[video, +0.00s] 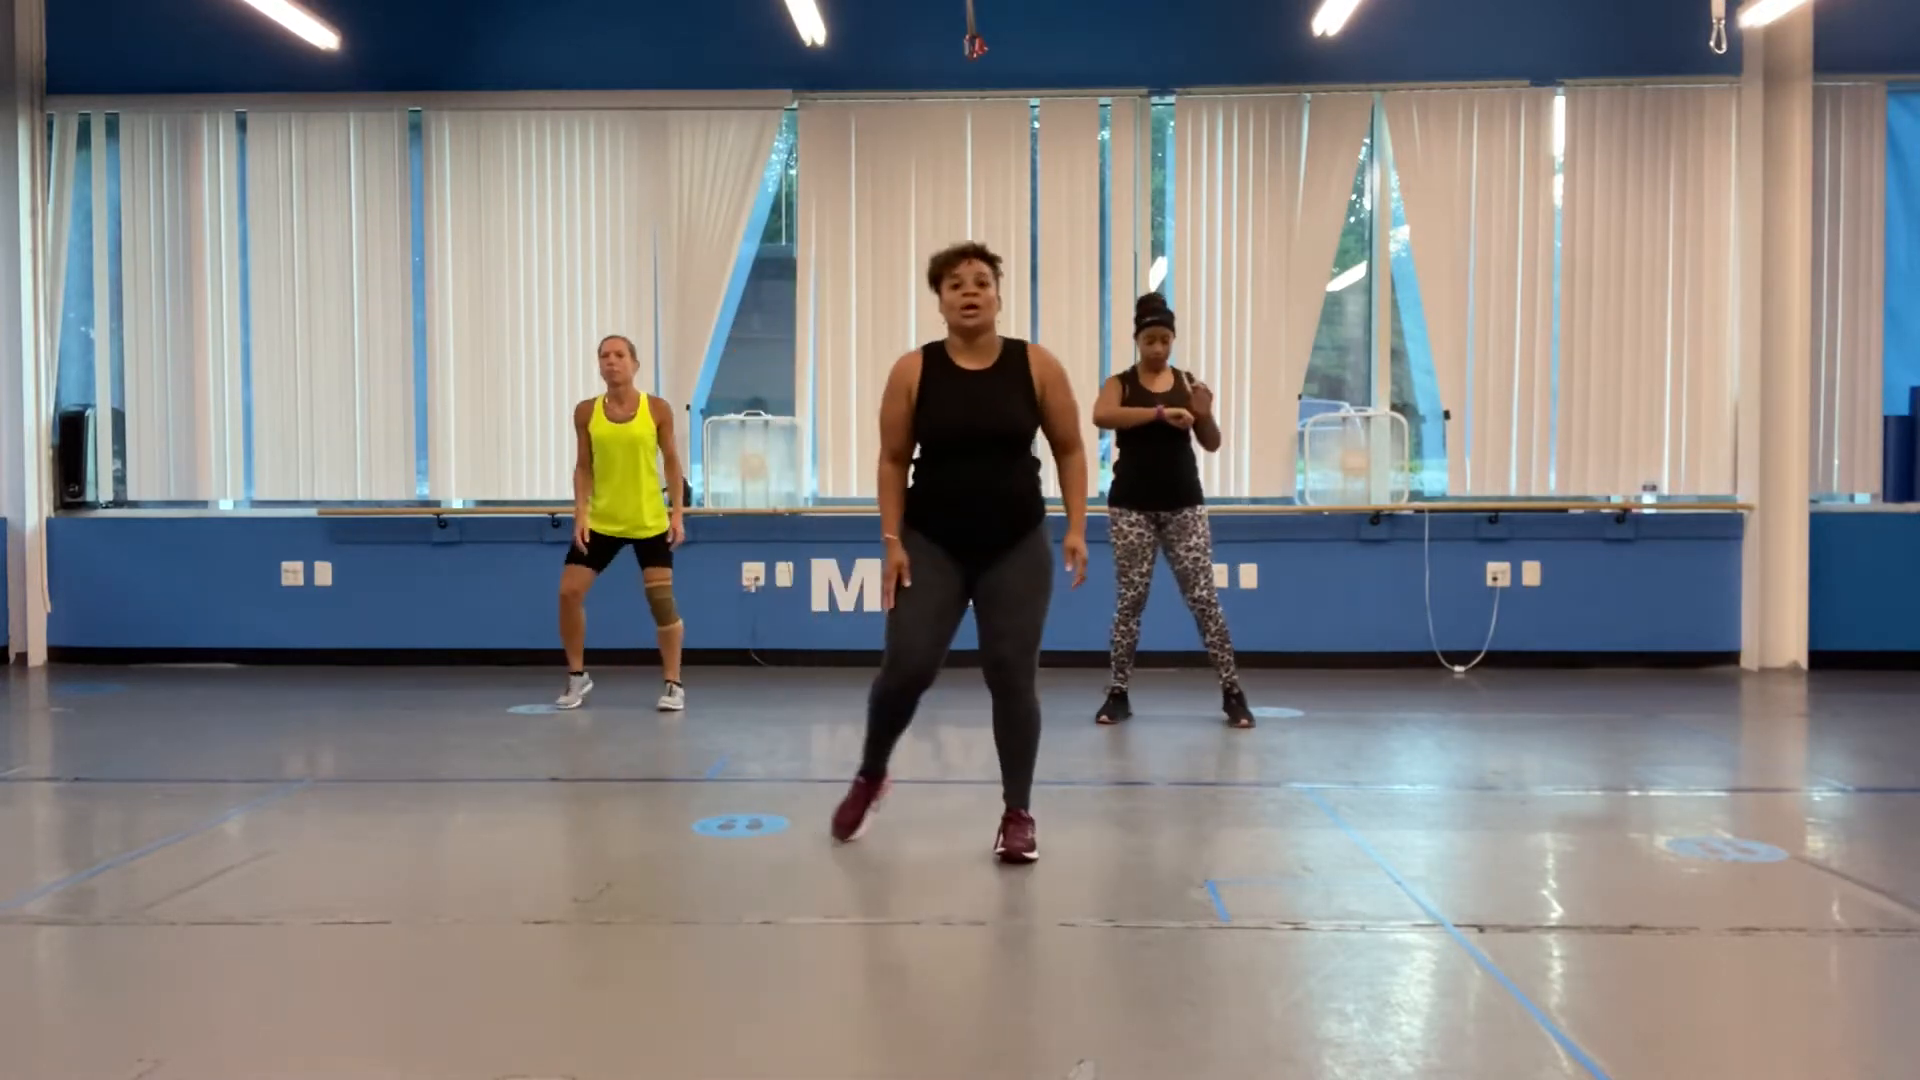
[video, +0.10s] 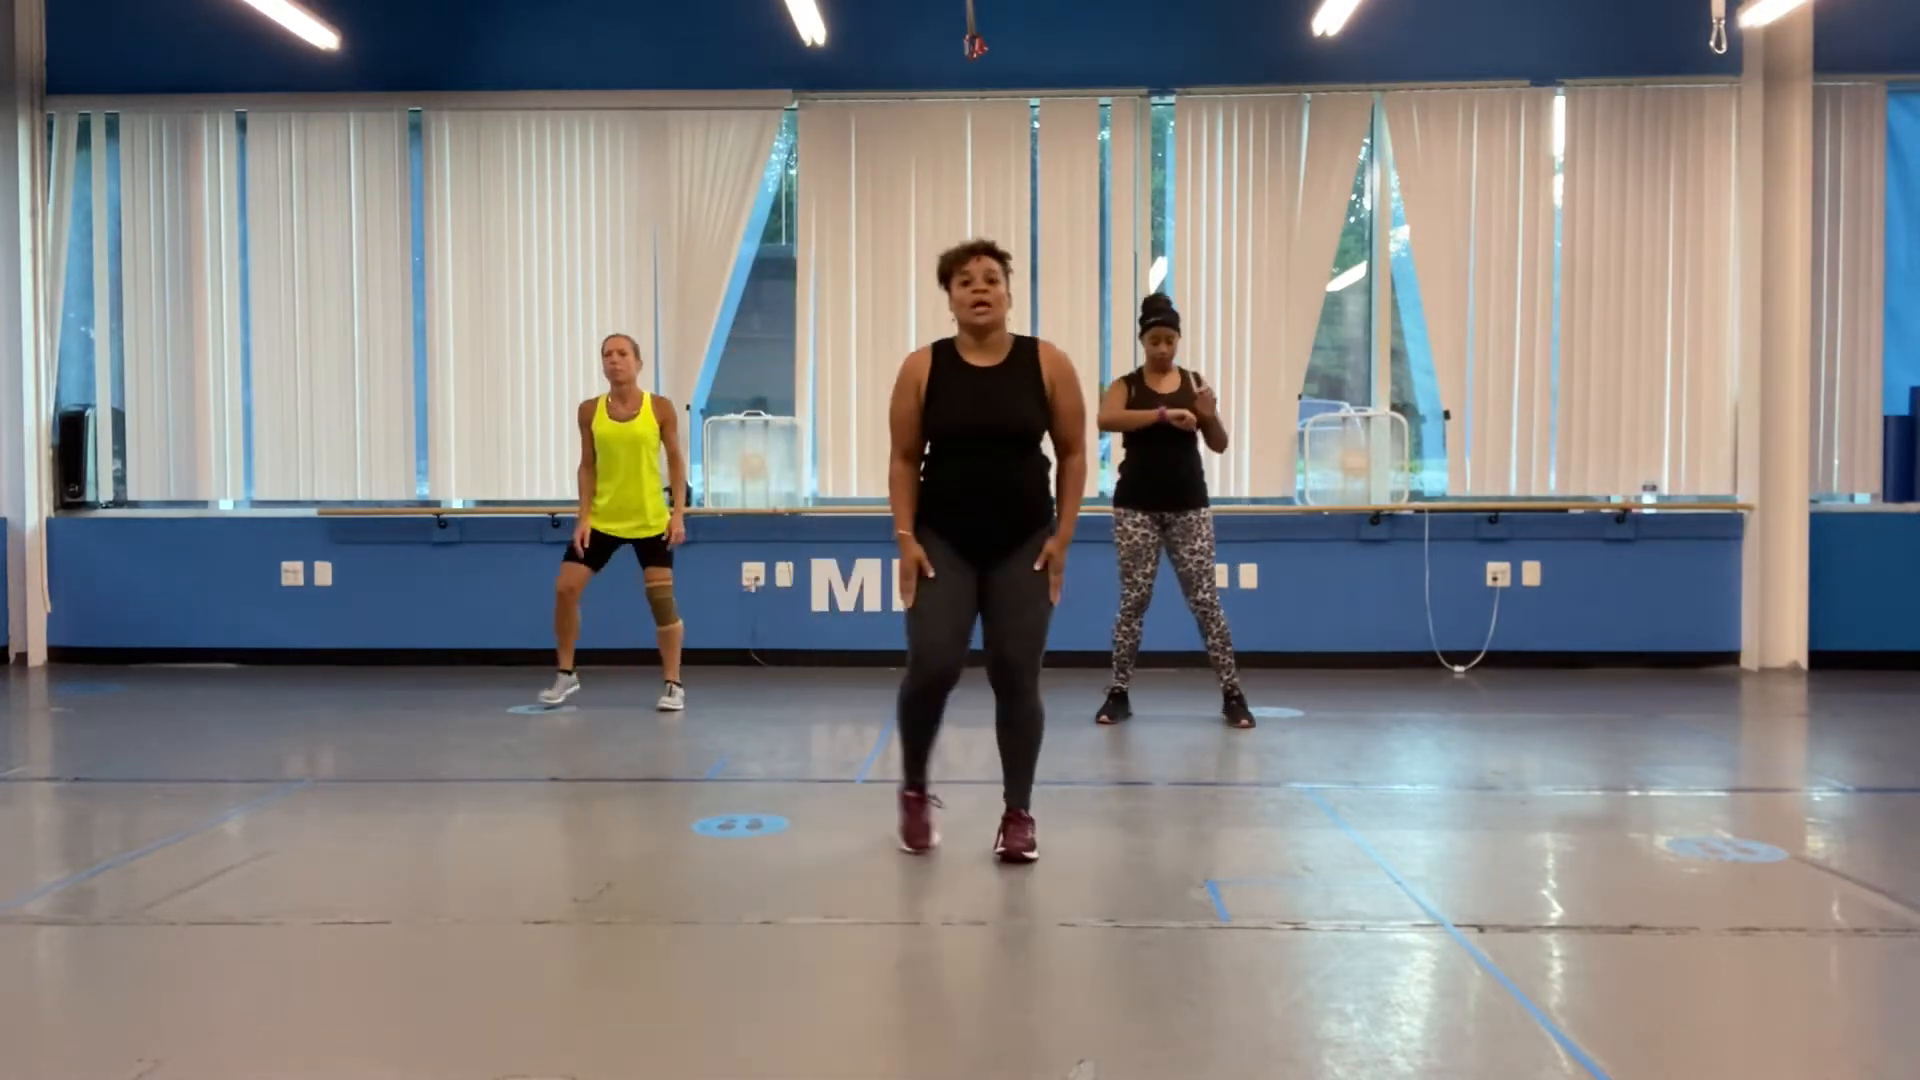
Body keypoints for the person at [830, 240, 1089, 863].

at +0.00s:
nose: (970, 294)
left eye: (981, 284)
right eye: (958, 286)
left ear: (999, 295)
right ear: (939, 299)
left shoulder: (1037, 367)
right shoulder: (913, 370)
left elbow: (1069, 449)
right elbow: (893, 460)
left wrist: (1076, 525)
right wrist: (891, 541)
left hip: (1016, 542)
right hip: (932, 542)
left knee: (1012, 675)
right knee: (907, 669)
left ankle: (1018, 815)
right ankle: (870, 777)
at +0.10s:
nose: (980, 291)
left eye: (990, 282)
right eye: (967, 284)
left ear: (1008, 292)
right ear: (949, 298)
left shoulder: (1048, 364)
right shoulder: (922, 369)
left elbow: (1074, 454)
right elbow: (903, 459)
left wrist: (1062, 534)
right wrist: (905, 536)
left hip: (1023, 540)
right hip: (941, 539)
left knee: (1016, 675)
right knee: (933, 668)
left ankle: (1018, 813)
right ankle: (914, 789)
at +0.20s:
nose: (987, 290)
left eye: (998, 279)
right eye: (973, 282)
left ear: (1015, 289)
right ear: (955, 296)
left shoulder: (1053, 361)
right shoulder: (927, 363)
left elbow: (1079, 449)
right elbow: (906, 454)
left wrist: (1070, 532)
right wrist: (909, 534)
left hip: (1027, 539)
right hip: (947, 539)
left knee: (1018, 676)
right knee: (961, 673)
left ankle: (1018, 815)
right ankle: (963, 809)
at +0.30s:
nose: (990, 289)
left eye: (1000, 279)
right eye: (976, 281)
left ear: (1017, 289)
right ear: (957, 295)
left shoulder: (1055, 359)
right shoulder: (929, 362)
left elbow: (1079, 450)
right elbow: (906, 454)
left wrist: (1070, 533)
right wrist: (914, 536)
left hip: (1031, 539)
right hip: (950, 540)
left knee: (1021, 676)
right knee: (961, 673)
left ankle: (1018, 814)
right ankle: (964, 811)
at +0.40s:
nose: (992, 287)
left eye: (1002, 277)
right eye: (978, 280)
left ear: (1018, 288)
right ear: (958, 295)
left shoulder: (1056, 356)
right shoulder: (930, 360)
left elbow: (1079, 449)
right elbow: (908, 453)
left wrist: (1071, 533)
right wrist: (915, 536)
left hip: (1032, 538)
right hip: (951, 539)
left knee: (1021, 675)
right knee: (963, 674)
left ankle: (1018, 814)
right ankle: (965, 812)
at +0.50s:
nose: (993, 285)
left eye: (1003, 275)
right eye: (978, 278)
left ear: (1018, 286)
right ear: (959, 293)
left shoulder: (1058, 356)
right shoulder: (930, 359)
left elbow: (1080, 449)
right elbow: (908, 453)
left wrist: (1073, 532)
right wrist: (916, 536)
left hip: (1033, 538)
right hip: (952, 540)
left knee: (1022, 676)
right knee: (963, 675)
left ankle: (1018, 815)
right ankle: (965, 812)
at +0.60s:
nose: (993, 284)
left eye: (1003, 274)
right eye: (979, 277)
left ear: (1020, 286)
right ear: (959, 293)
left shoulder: (1058, 356)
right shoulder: (931, 359)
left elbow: (1081, 448)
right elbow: (908, 454)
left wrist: (1075, 532)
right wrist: (918, 537)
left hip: (1035, 539)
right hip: (953, 540)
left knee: (1024, 677)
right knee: (964, 676)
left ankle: (1018, 815)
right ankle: (965, 812)